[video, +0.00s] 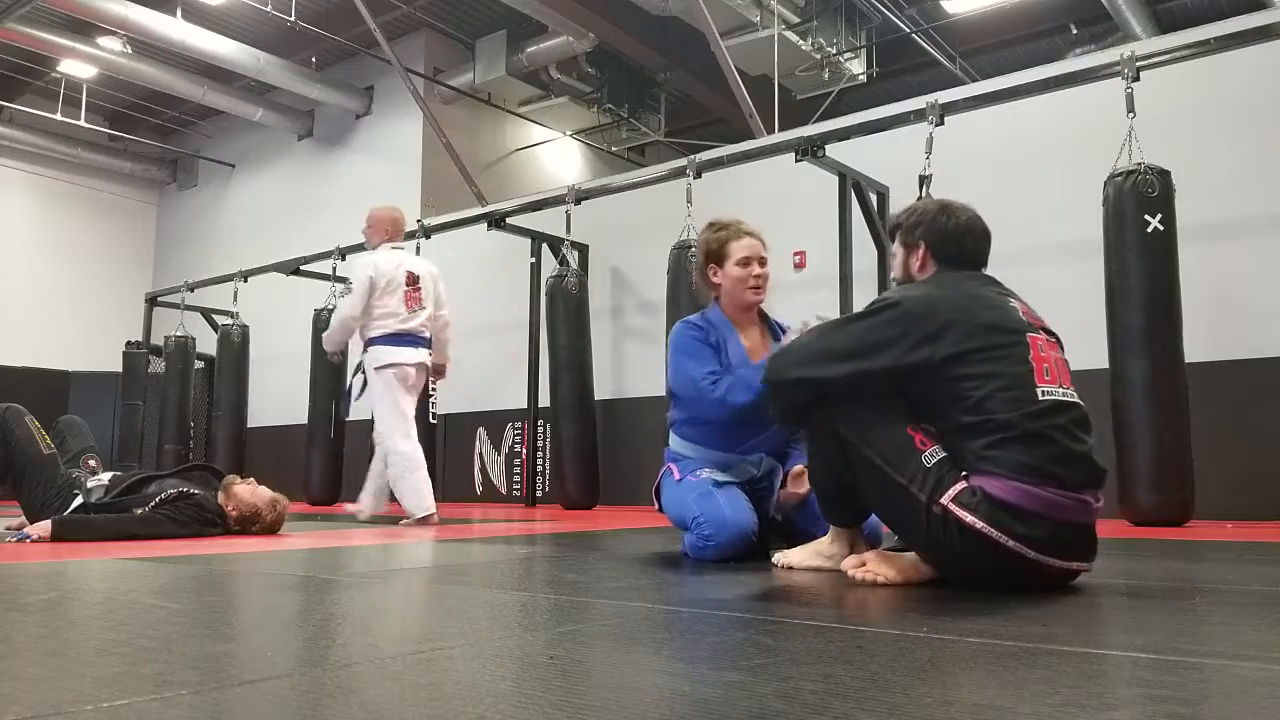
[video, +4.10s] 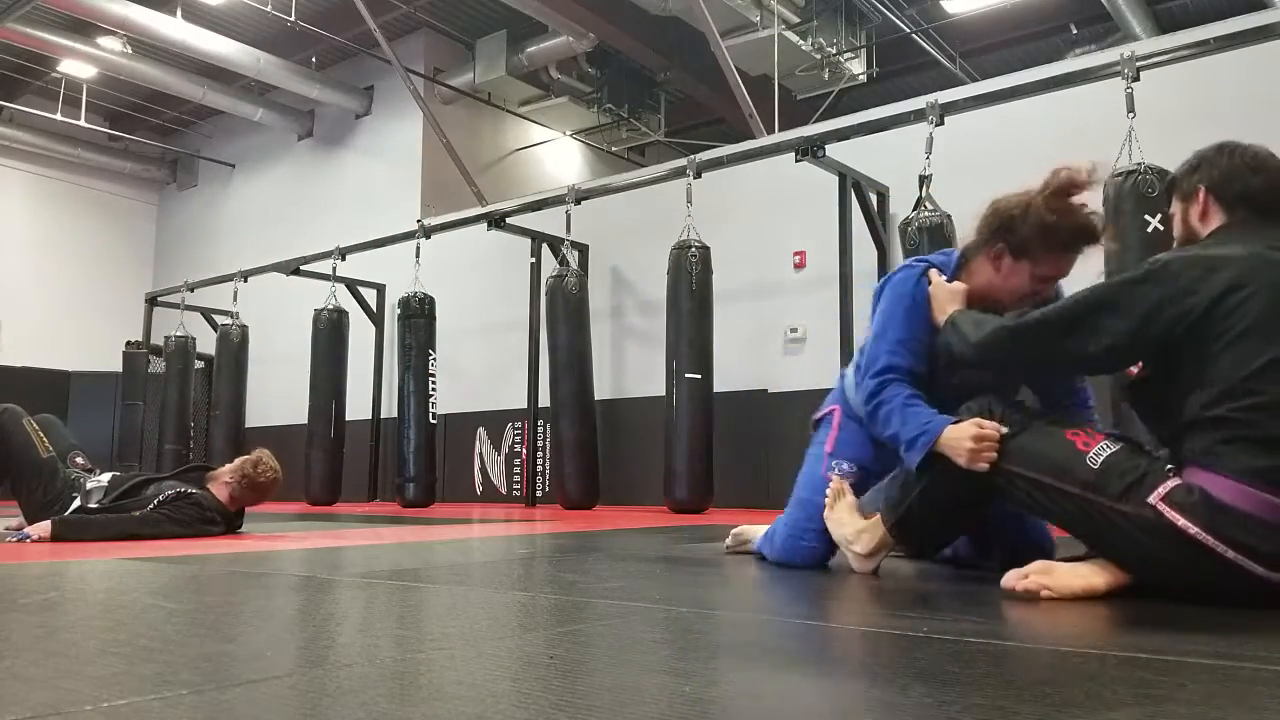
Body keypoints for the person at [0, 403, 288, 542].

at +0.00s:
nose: (249, 477)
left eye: (251, 488)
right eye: (257, 483)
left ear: (235, 511)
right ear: (237, 505)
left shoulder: (200, 513)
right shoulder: (216, 489)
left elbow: (131, 525)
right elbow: (150, 485)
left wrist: (56, 526)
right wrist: (112, 480)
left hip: (70, 501)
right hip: (101, 485)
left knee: (12, 414)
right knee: (69, 422)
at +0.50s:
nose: (248, 477)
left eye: (250, 488)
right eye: (257, 483)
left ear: (234, 510)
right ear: (235, 504)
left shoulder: (199, 513)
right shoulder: (218, 490)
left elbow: (130, 524)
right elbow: (158, 483)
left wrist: (55, 526)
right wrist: (115, 478)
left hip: (70, 500)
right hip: (103, 485)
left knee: (11, 414)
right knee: (69, 421)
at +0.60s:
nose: (248, 477)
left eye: (250, 488)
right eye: (256, 483)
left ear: (234, 510)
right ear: (236, 504)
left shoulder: (198, 513)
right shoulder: (218, 490)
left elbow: (130, 525)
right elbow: (157, 483)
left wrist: (56, 526)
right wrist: (114, 479)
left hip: (69, 501)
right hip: (102, 486)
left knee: (11, 414)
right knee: (69, 421)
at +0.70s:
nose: (247, 479)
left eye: (250, 489)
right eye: (255, 484)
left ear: (234, 510)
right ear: (236, 505)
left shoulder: (199, 513)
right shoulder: (216, 490)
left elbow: (130, 525)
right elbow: (155, 483)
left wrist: (56, 526)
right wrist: (114, 479)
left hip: (69, 501)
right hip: (101, 486)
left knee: (11, 414)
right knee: (70, 421)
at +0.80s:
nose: (251, 478)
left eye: (252, 489)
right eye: (259, 485)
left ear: (233, 509)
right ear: (237, 502)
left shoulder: (198, 513)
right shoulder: (217, 484)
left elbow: (130, 525)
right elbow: (158, 482)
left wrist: (56, 526)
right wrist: (116, 480)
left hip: (68, 499)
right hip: (101, 484)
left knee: (11, 414)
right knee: (70, 422)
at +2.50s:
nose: (210, 469)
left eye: (219, 476)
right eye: (218, 466)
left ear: (232, 501)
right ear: (222, 466)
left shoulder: (197, 512)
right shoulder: (209, 484)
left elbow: (128, 524)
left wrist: (56, 527)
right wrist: (110, 480)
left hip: (67, 502)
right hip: (100, 485)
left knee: (11, 416)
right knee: (73, 422)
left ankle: (14, 501)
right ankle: (31, 503)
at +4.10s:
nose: (225, 463)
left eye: (231, 464)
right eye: (232, 461)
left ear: (230, 475)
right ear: (250, 497)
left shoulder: (199, 513)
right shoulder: (215, 496)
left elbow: (130, 524)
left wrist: (56, 526)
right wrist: (107, 477)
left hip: (68, 501)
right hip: (95, 485)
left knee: (9, 416)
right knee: (46, 420)